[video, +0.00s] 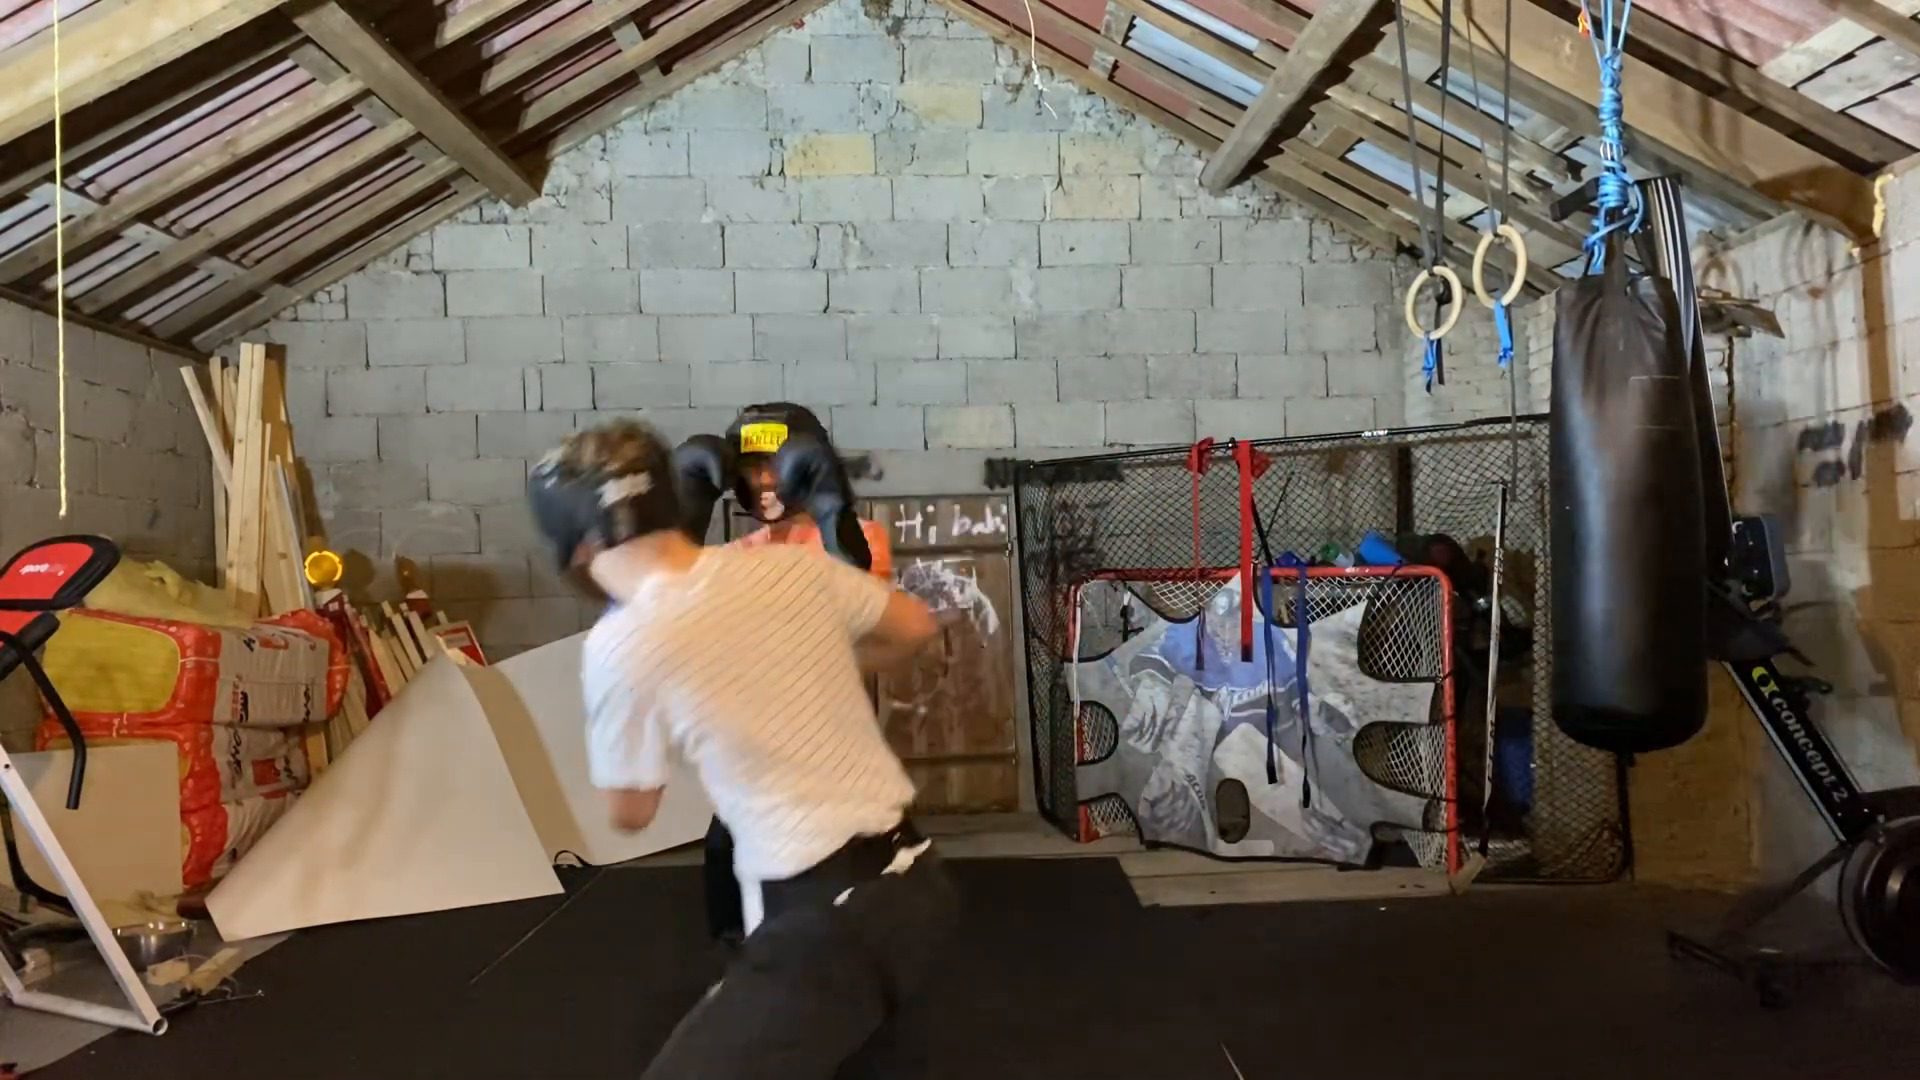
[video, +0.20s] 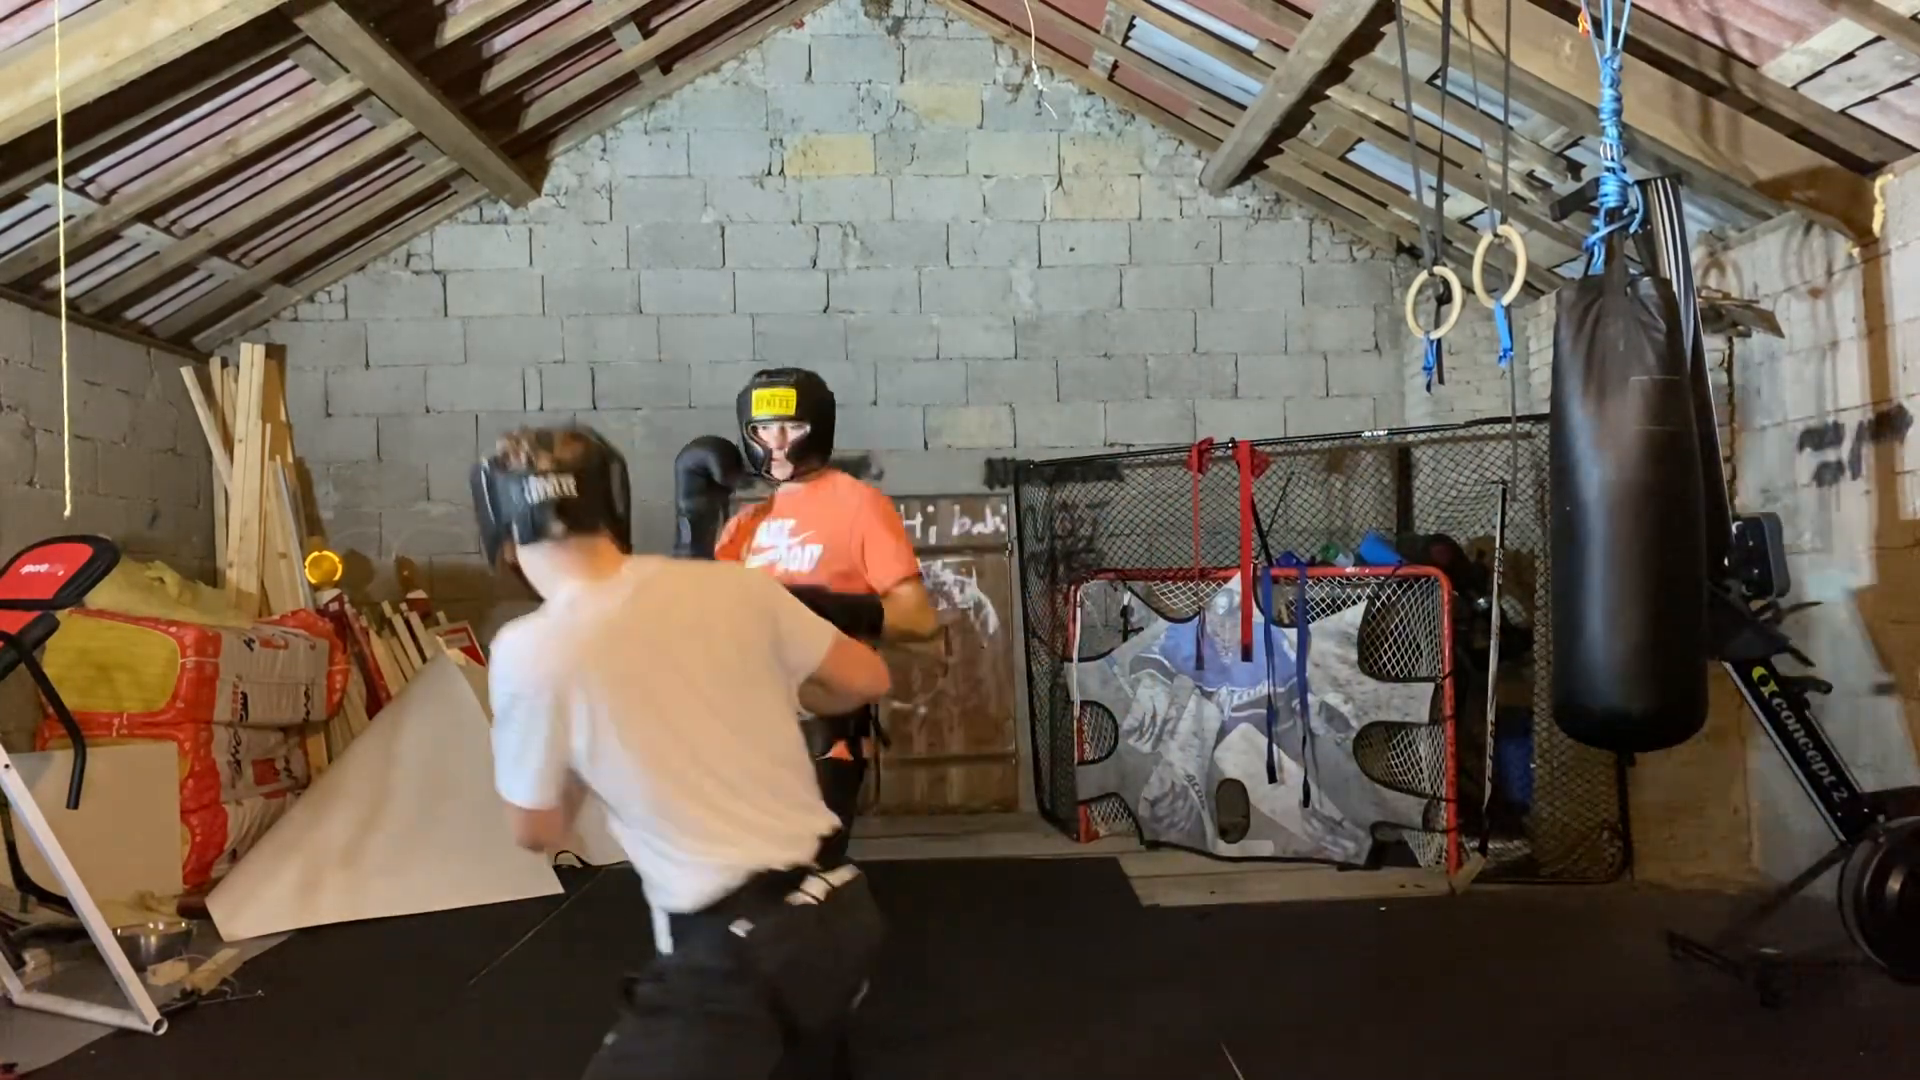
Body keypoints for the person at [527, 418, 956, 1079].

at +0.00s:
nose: (561, 556)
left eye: (558, 541)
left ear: (579, 549)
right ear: (671, 502)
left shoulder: (622, 645)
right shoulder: (789, 565)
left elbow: (630, 811)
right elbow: (915, 624)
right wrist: (826, 662)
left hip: (817, 925)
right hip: (922, 881)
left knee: (679, 1069)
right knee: (887, 1069)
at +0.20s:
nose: (496, 551)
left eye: (495, 535)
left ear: (508, 543)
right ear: (615, 509)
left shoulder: (531, 650)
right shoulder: (732, 586)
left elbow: (540, 830)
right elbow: (864, 678)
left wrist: (587, 757)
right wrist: (775, 692)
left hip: (729, 954)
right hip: (845, 913)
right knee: (817, 1067)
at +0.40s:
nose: (491, 444)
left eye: (491, 425)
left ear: (498, 436)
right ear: (616, 422)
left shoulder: (475, 543)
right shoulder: (709, 523)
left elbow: (467, 718)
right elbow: (817, 659)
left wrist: (537, 641)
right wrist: (729, 632)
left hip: (626, 876)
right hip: (756, 854)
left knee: (597, 1065)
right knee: (754, 1068)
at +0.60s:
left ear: (540, 433)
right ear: (645, 447)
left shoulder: (465, 526)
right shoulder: (703, 550)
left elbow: (461, 685)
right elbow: (765, 714)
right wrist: (696, 662)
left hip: (550, 864)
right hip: (686, 852)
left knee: (548, 1065)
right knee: (680, 1062)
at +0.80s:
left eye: (537, 388)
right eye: (635, 406)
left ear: (531, 395)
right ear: (629, 416)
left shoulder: (445, 485)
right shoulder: (670, 522)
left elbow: (438, 637)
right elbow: (724, 672)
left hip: (499, 814)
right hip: (630, 811)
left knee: (427, 1060)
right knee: (644, 1051)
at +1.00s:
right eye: (549, 420)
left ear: (446, 409)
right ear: (544, 422)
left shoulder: (365, 506)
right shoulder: (581, 517)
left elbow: (365, 638)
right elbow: (663, 652)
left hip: (425, 825)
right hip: (556, 816)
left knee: (355, 1056)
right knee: (615, 1048)